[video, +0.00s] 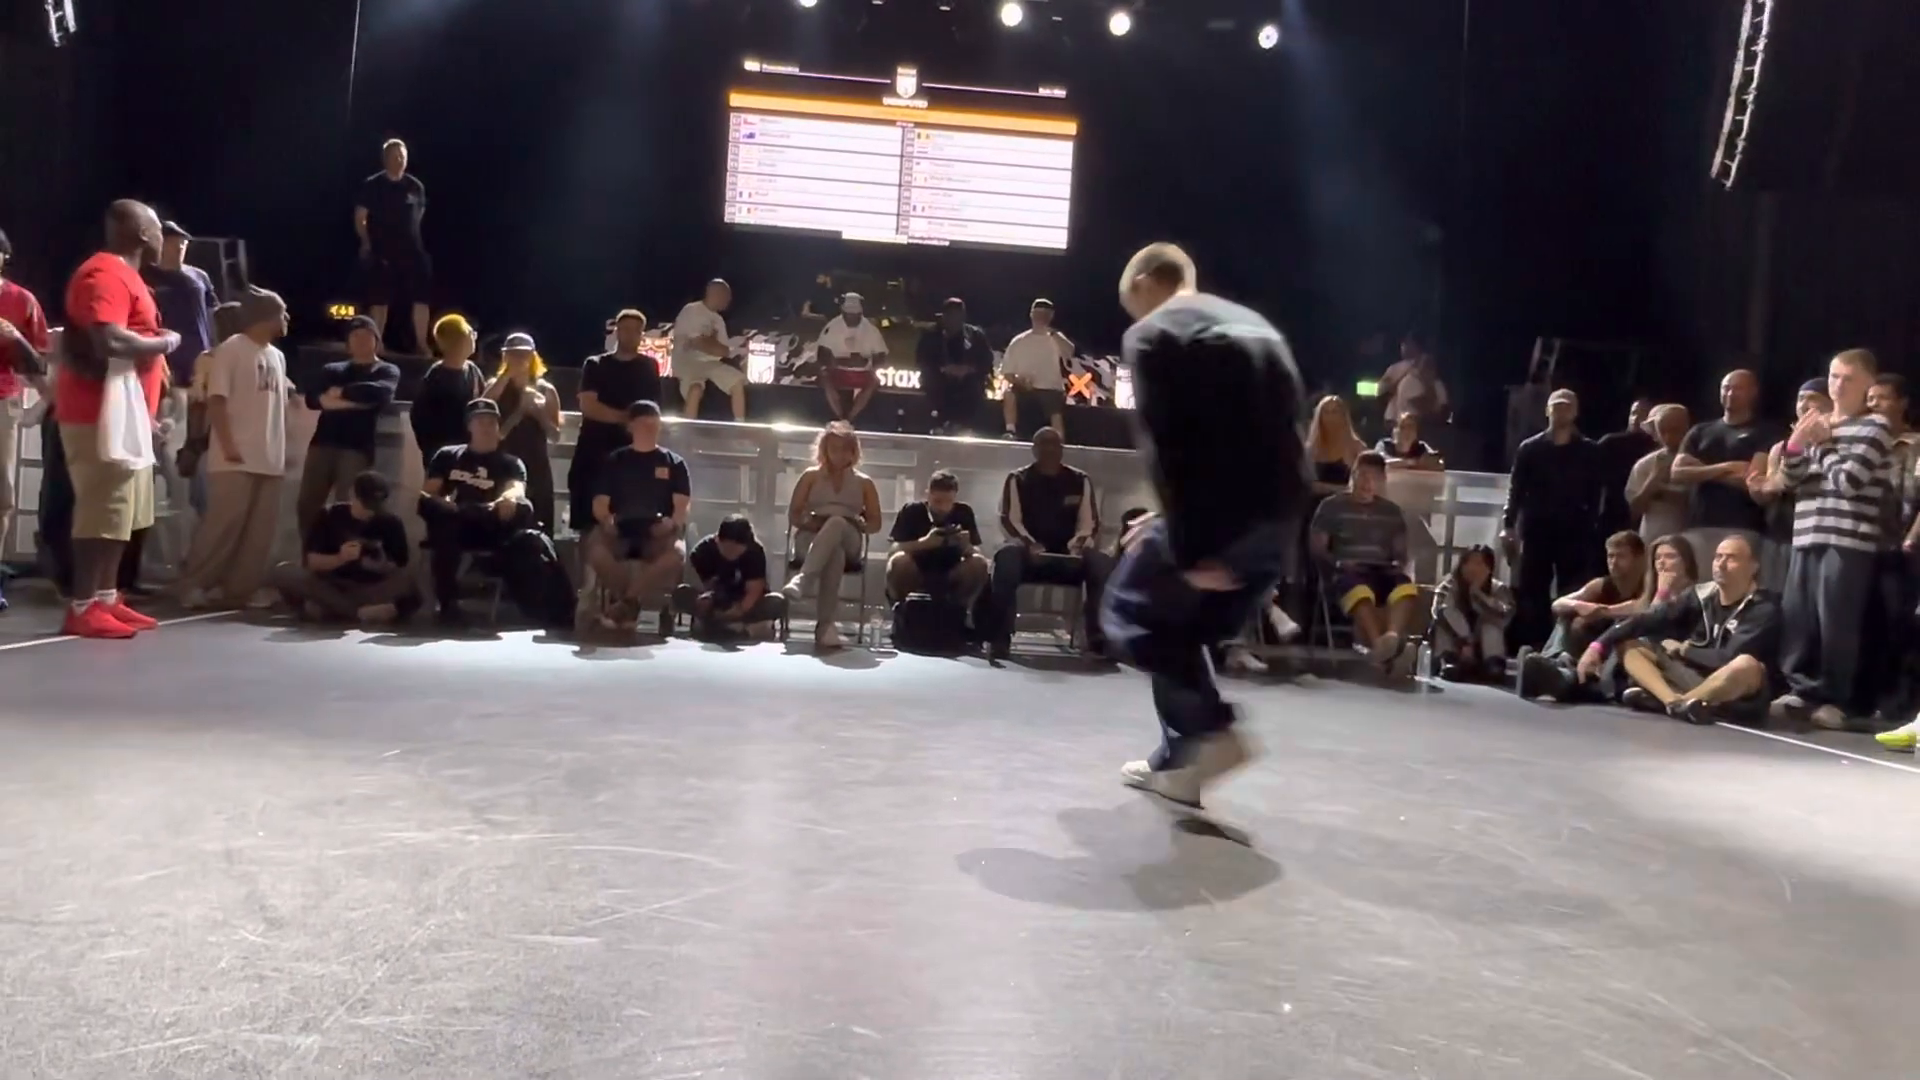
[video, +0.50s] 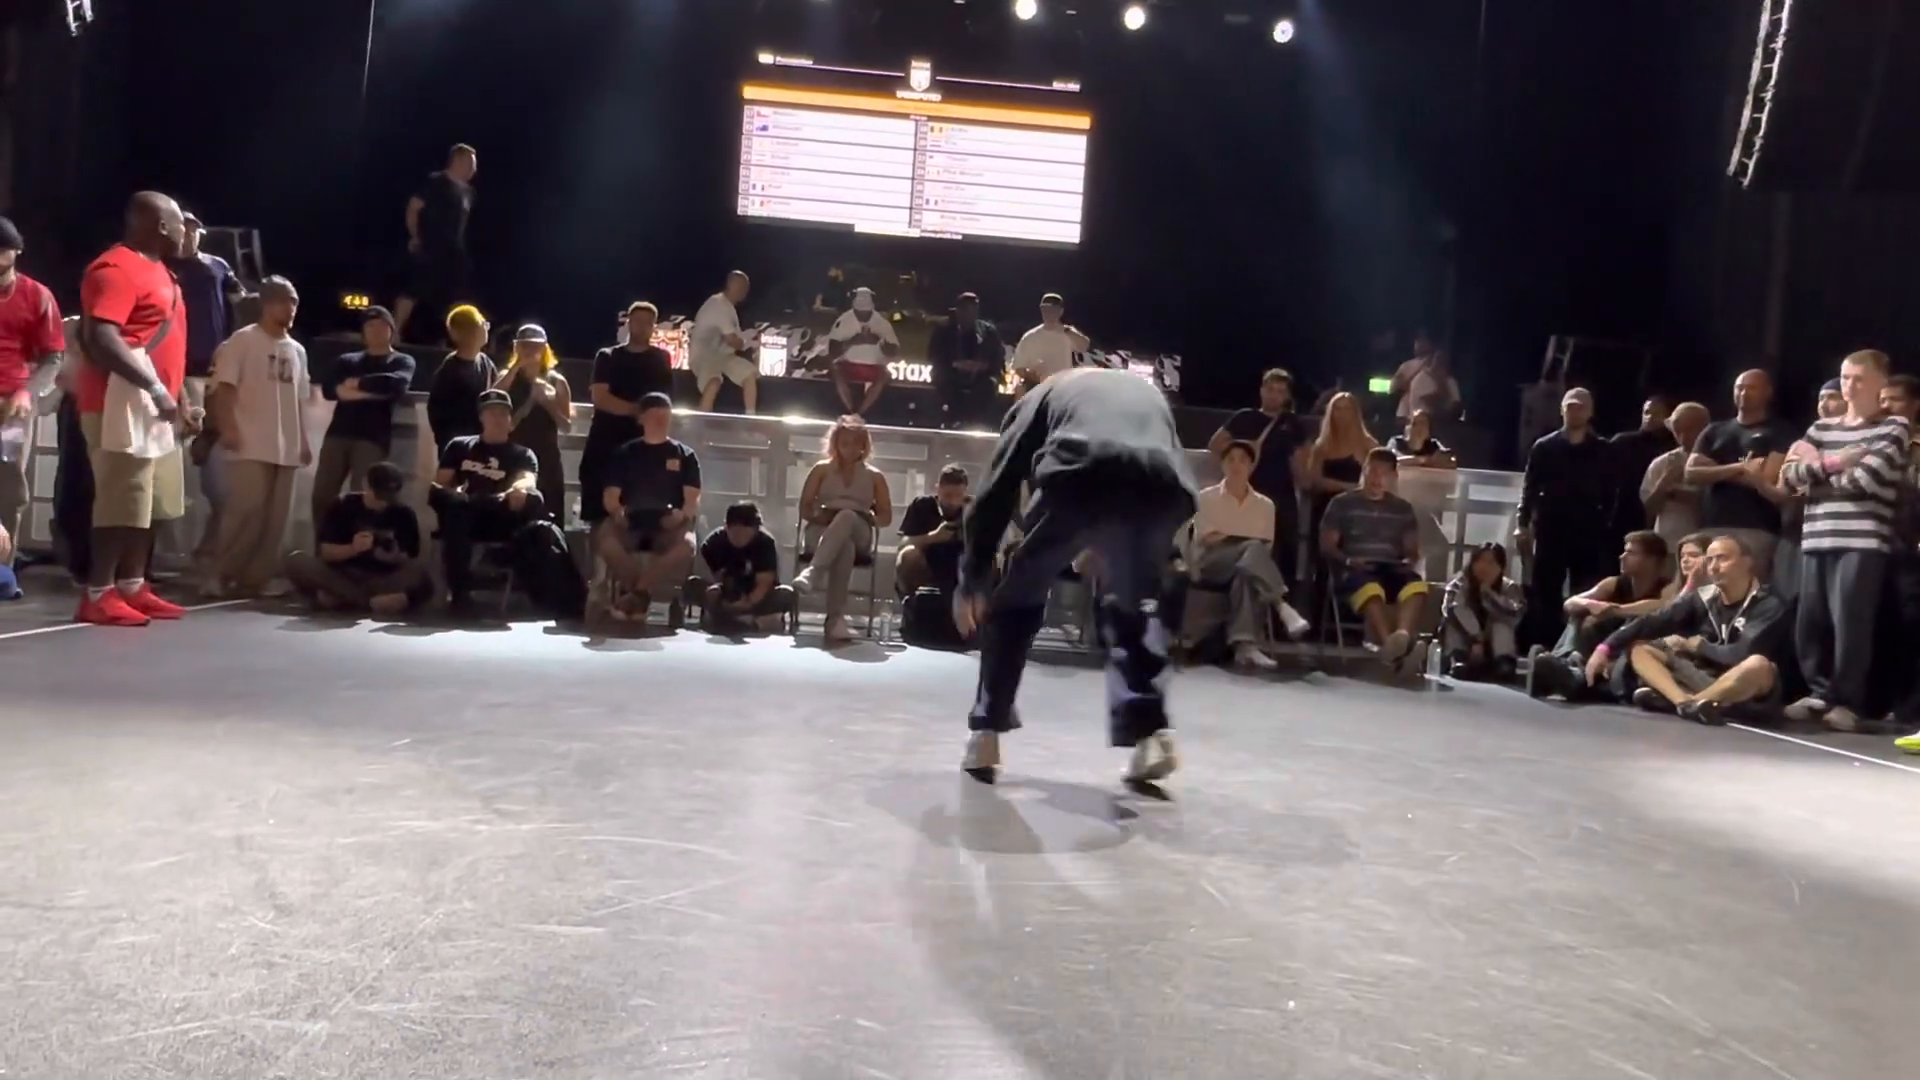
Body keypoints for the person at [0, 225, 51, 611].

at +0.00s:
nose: (2, 261)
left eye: (3, 254)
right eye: (1, 254)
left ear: (7, 256)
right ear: (6, 256)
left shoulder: (22, 301)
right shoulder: (21, 301)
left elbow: (41, 360)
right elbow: (39, 357)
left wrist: (15, 339)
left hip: (10, 397)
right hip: (9, 396)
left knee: (8, 482)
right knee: (8, 481)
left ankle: (6, 562)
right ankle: (6, 561)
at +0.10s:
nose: (0, 257)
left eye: (2, 251)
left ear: (11, 254)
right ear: (4, 254)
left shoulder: (29, 298)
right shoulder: (25, 300)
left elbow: (50, 356)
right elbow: (48, 353)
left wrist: (23, 344)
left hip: (14, 396)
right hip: (8, 395)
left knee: (10, 484)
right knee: (8, 482)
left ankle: (6, 565)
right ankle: (6, 564)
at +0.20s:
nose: (2, 255)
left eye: (6, 249)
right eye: (1, 248)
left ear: (16, 251)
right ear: (2, 251)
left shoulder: (33, 296)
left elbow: (55, 351)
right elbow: (53, 349)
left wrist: (24, 353)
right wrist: (17, 352)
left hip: (15, 395)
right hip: (8, 394)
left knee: (11, 484)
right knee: (9, 484)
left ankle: (4, 564)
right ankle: (4, 563)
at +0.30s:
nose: (3, 260)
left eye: (7, 254)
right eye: (1, 253)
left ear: (17, 252)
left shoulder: (36, 295)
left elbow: (55, 353)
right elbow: (53, 352)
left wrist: (26, 363)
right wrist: (23, 362)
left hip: (16, 394)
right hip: (5, 393)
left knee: (12, 478)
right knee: (9, 477)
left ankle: (5, 562)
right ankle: (4, 561)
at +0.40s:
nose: (6, 271)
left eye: (10, 263)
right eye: (2, 263)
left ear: (18, 256)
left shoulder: (37, 295)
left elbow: (55, 355)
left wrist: (28, 377)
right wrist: (23, 377)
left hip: (15, 400)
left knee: (13, 486)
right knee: (10, 486)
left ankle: (6, 565)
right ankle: (5, 566)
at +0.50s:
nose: (3, 276)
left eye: (6, 268)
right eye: (0, 268)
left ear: (16, 258)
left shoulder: (36, 297)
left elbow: (53, 355)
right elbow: (52, 355)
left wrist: (28, 391)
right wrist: (24, 390)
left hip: (14, 400)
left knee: (12, 474)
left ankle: (8, 557)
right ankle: (6, 556)